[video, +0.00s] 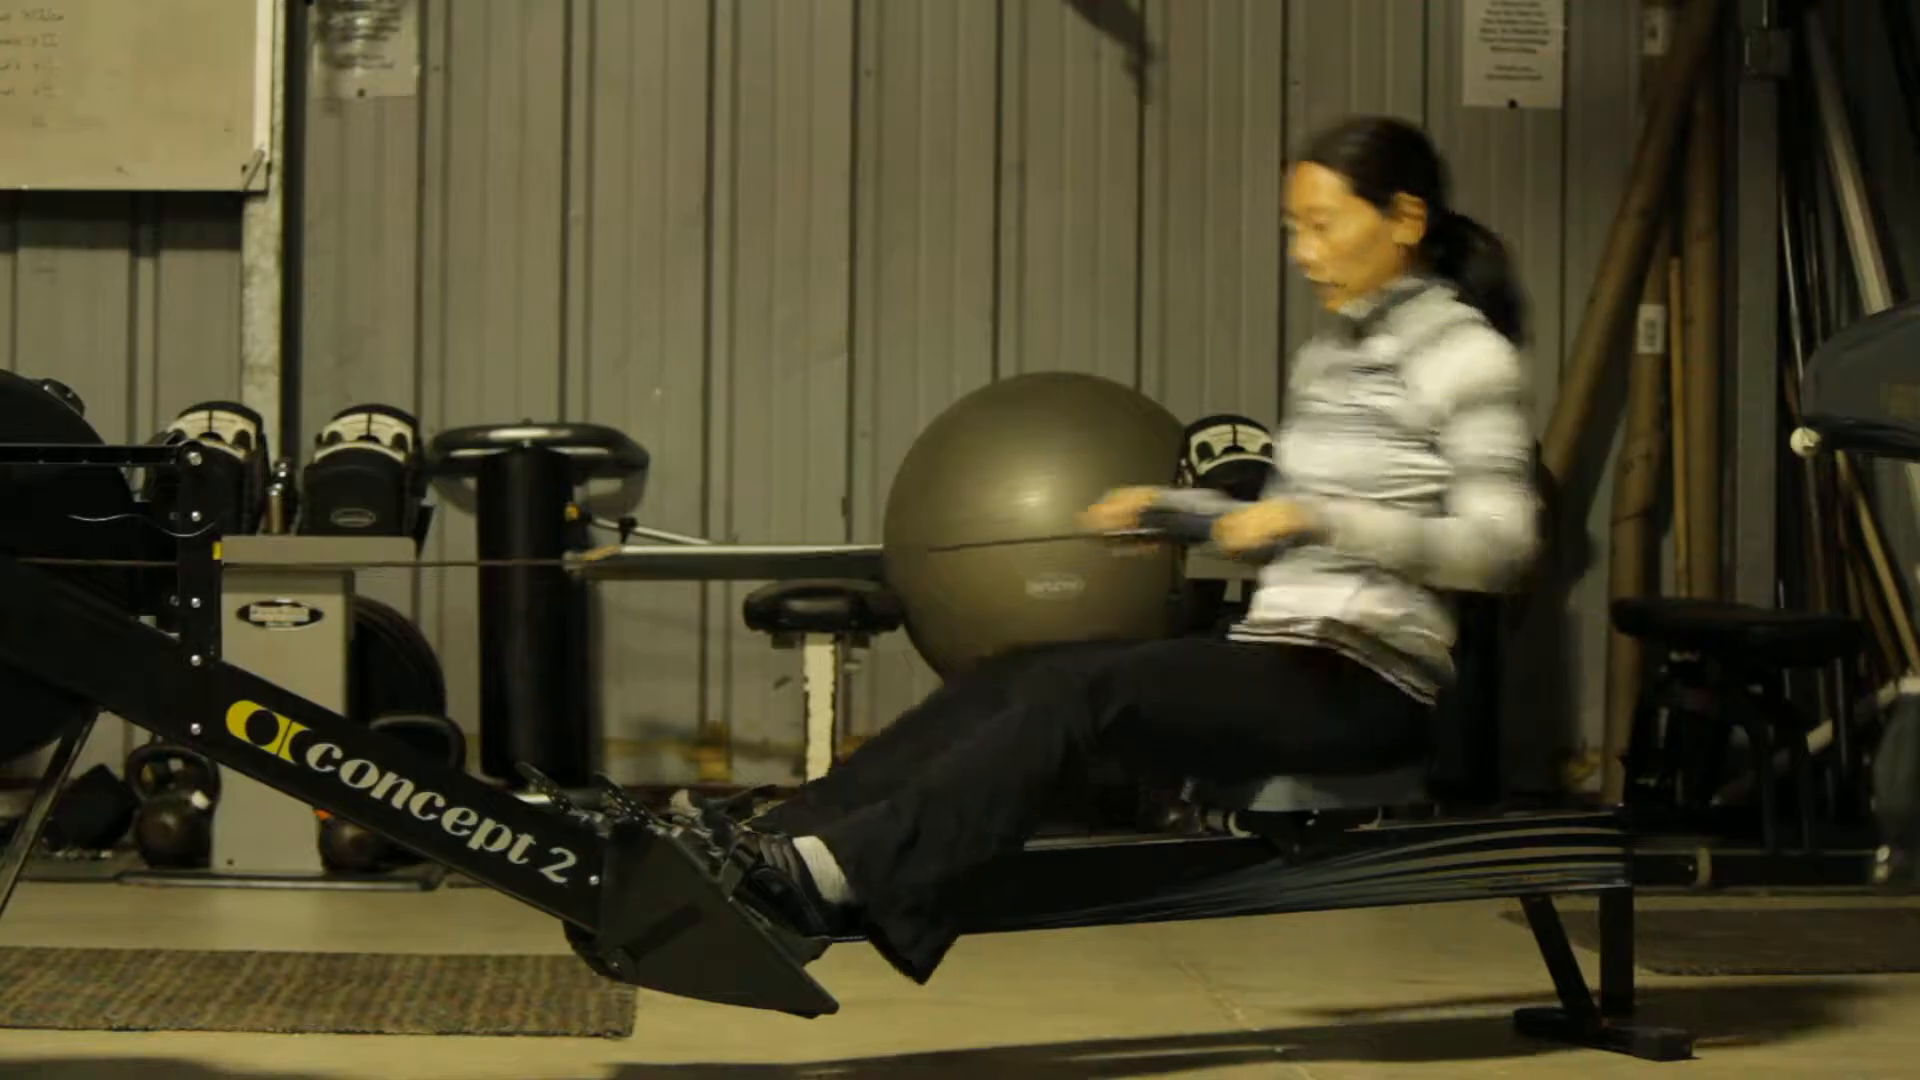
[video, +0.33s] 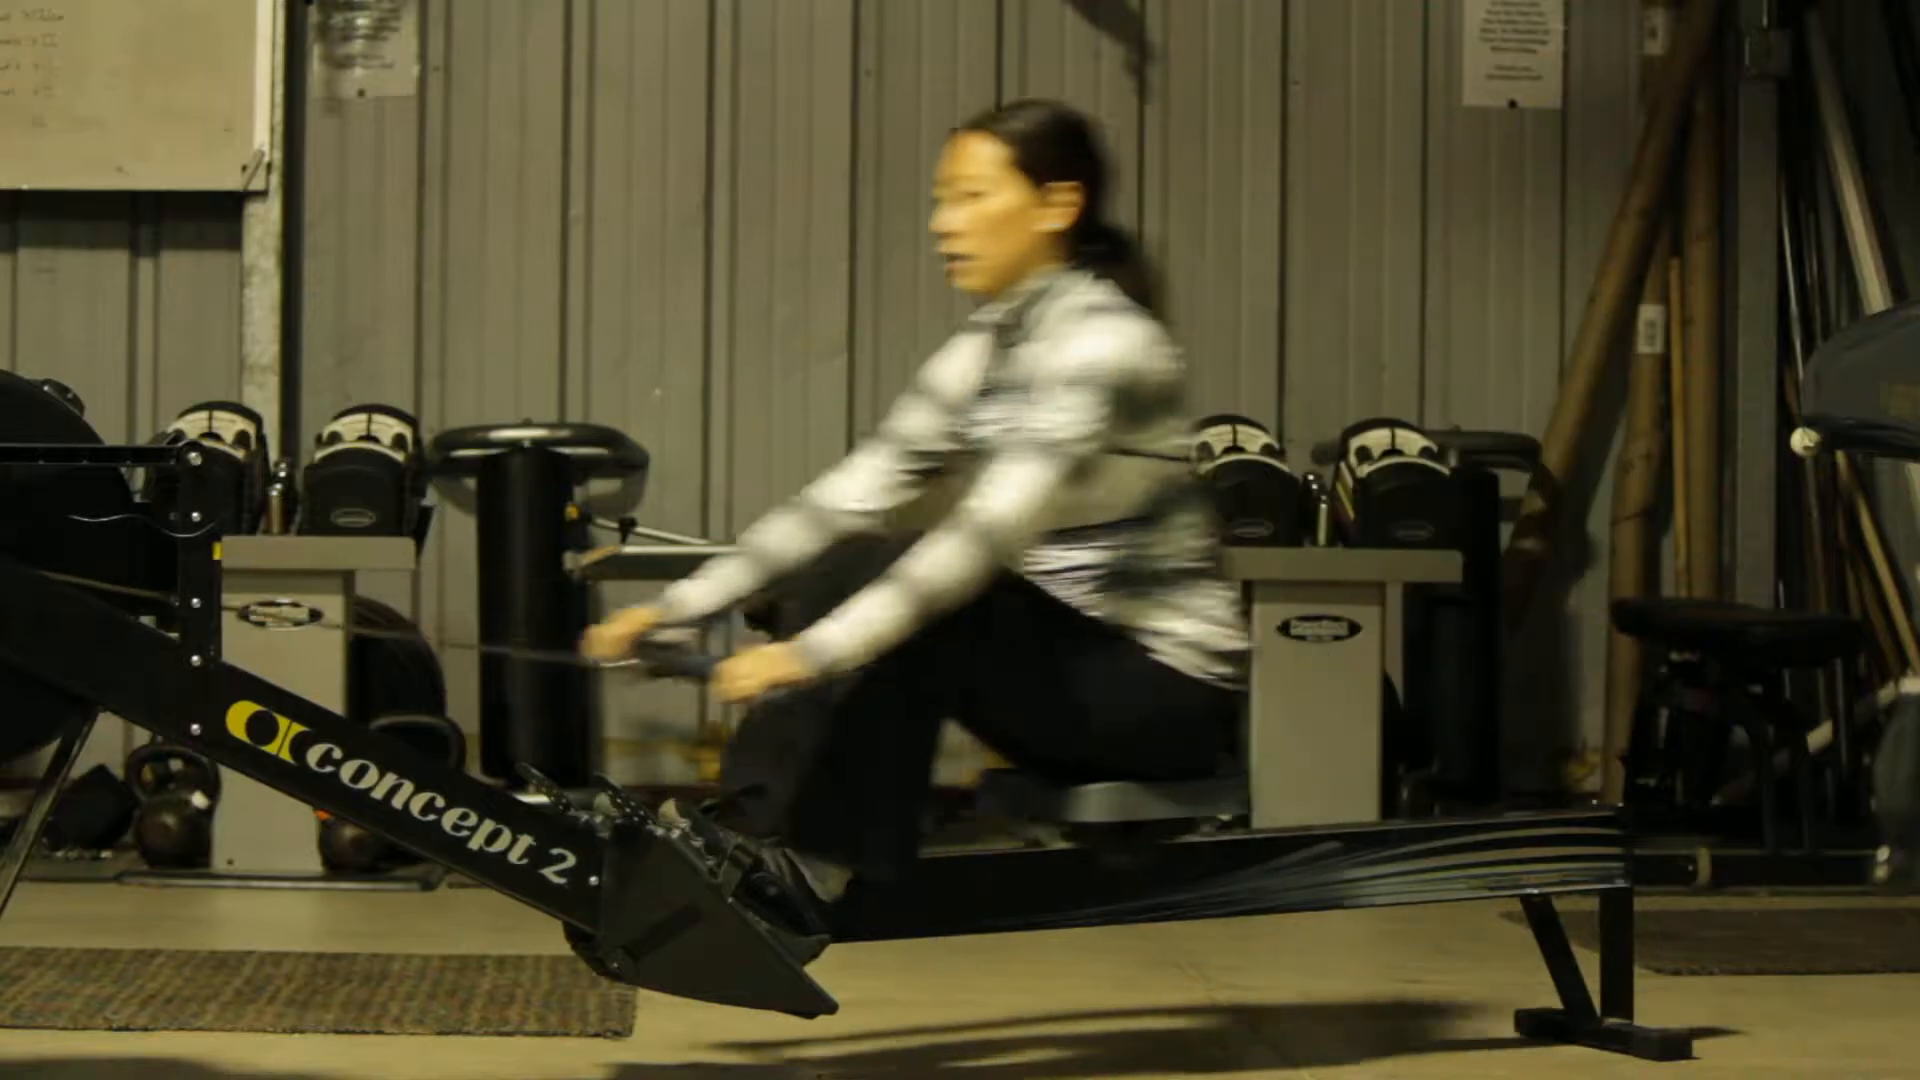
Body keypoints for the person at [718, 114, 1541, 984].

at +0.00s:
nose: (1301, 252)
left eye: (1320, 224)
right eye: (1295, 229)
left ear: (1406, 223)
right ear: (1302, 229)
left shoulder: (1466, 352)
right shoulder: (1332, 349)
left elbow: (1501, 543)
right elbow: (1298, 511)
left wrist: (1317, 519)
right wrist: (1175, 507)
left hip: (1370, 675)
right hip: (1275, 653)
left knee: (1069, 693)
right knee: (1011, 678)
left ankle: (826, 883)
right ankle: (777, 842)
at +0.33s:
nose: (942, 225)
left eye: (969, 197)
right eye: (942, 201)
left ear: (1060, 206)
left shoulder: (1105, 341)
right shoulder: (987, 343)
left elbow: (988, 534)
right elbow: (856, 491)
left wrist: (812, 652)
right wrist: (675, 609)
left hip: (1166, 691)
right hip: (1072, 670)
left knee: (911, 617)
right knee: (841, 571)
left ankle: (845, 875)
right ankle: (760, 831)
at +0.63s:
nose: (688, 250)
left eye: (717, 224)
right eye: (691, 225)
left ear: (803, 240)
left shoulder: (858, 365)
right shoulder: (748, 369)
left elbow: (690, 503)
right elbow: (576, 470)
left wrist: (479, 591)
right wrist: (366, 547)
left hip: (995, 695)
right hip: (912, 685)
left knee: (771, 539)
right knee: (707, 547)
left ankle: (786, 857)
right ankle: (696, 831)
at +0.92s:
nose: (702, 215)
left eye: (733, 191)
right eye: (709, 193)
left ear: (820, 214)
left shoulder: (872, 350)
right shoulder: (754, 350)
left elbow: (726, 520)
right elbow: (616, 489)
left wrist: (542, 623)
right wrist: (431, 596)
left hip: (969, 695)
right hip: (873, 685)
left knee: (766, 556)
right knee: (684, 566)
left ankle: (786, 856)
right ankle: (691, 840)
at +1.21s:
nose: (1032, 198)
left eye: (1061, 175)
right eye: (1034, 175)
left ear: (1152, 196)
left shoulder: (1181, 326)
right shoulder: (1061, 332)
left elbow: (1034, 454)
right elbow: (921, 437)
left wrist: (850, 514)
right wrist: (718, 499)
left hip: (1143, 700)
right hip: (1056, 682)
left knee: (899, 578)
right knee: (816, 567)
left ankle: (787, 856)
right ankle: (695, 832)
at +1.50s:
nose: (1331, 241)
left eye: (1354, 219)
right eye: (1329, 221)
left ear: (1439, 229)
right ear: (1337, 231)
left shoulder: (1453, 350)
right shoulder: (1337, 354)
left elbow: (1331, 439)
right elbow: (1207, 419)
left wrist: (1133, 452)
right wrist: (1001, 457)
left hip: (1319, 685)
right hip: (1234, 666)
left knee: (1018, 642)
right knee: (955, 630)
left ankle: (832, 875)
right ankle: (754, 834)